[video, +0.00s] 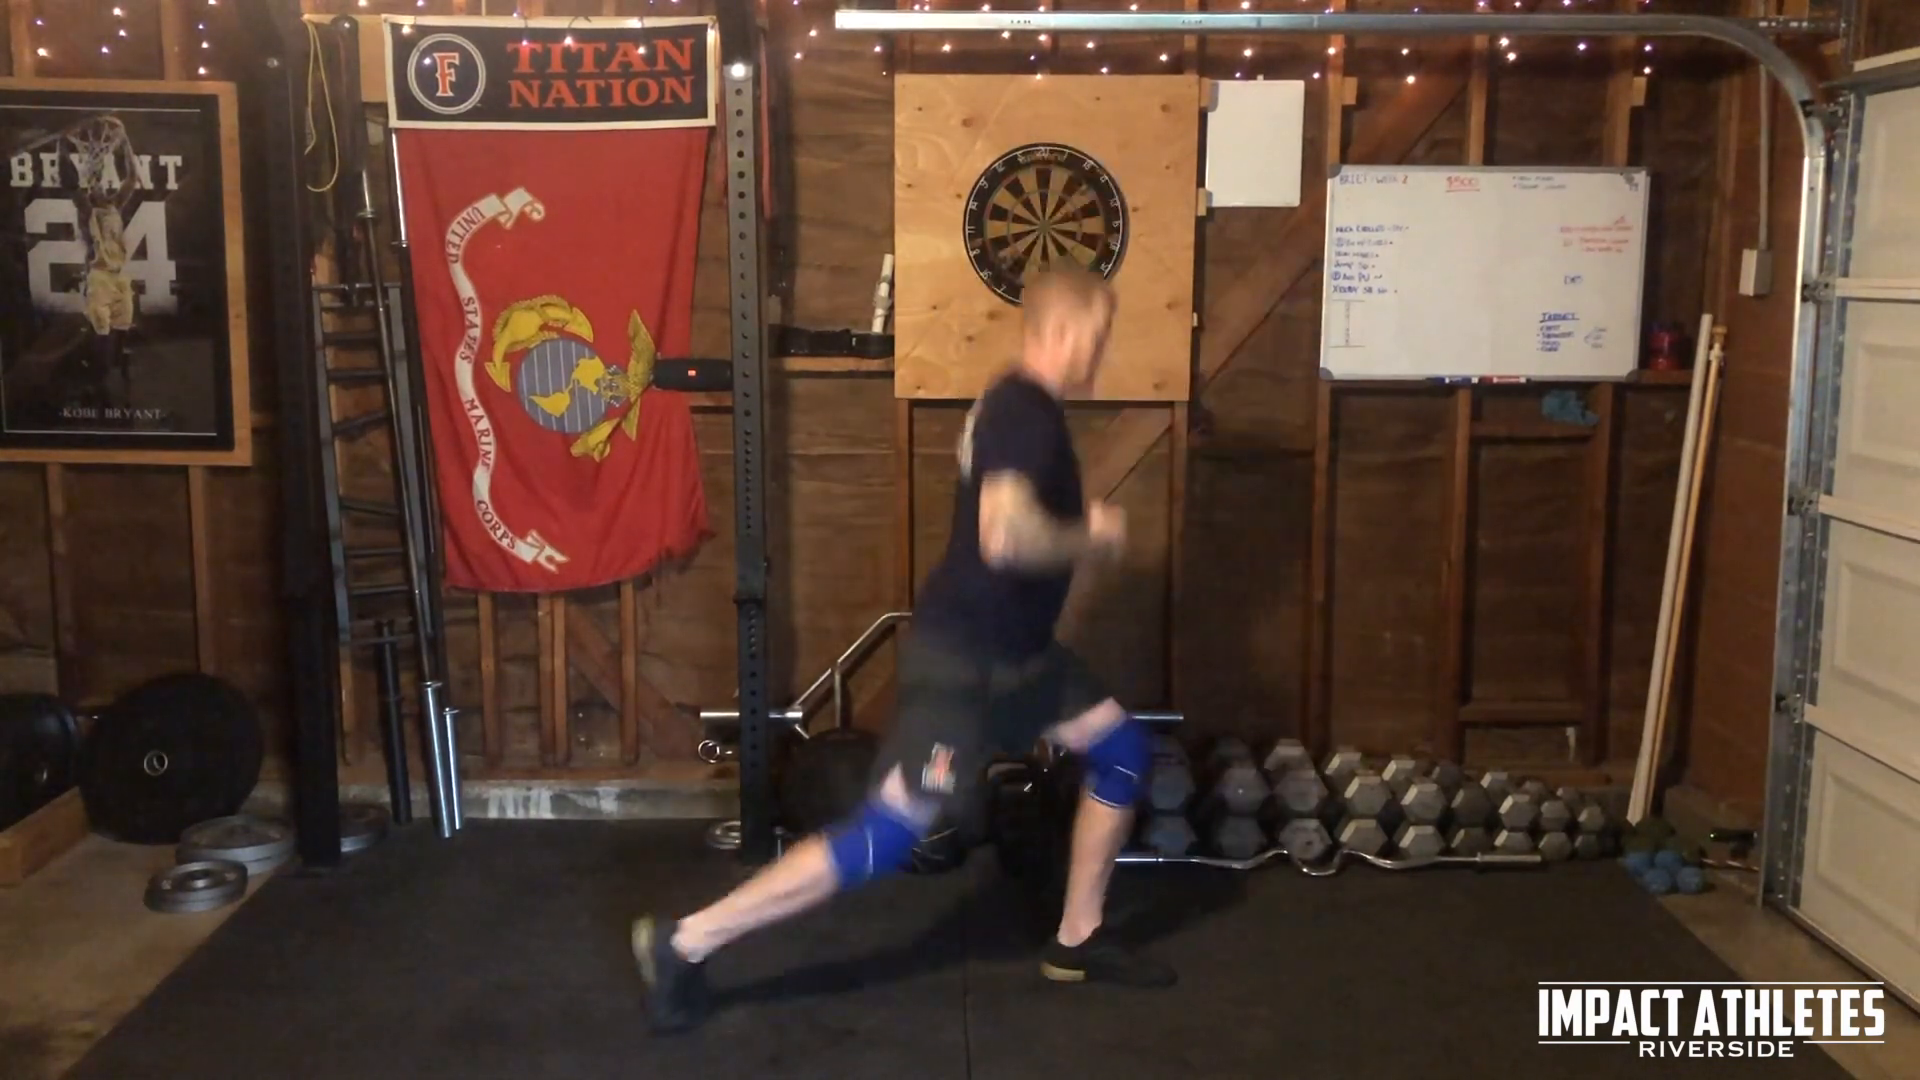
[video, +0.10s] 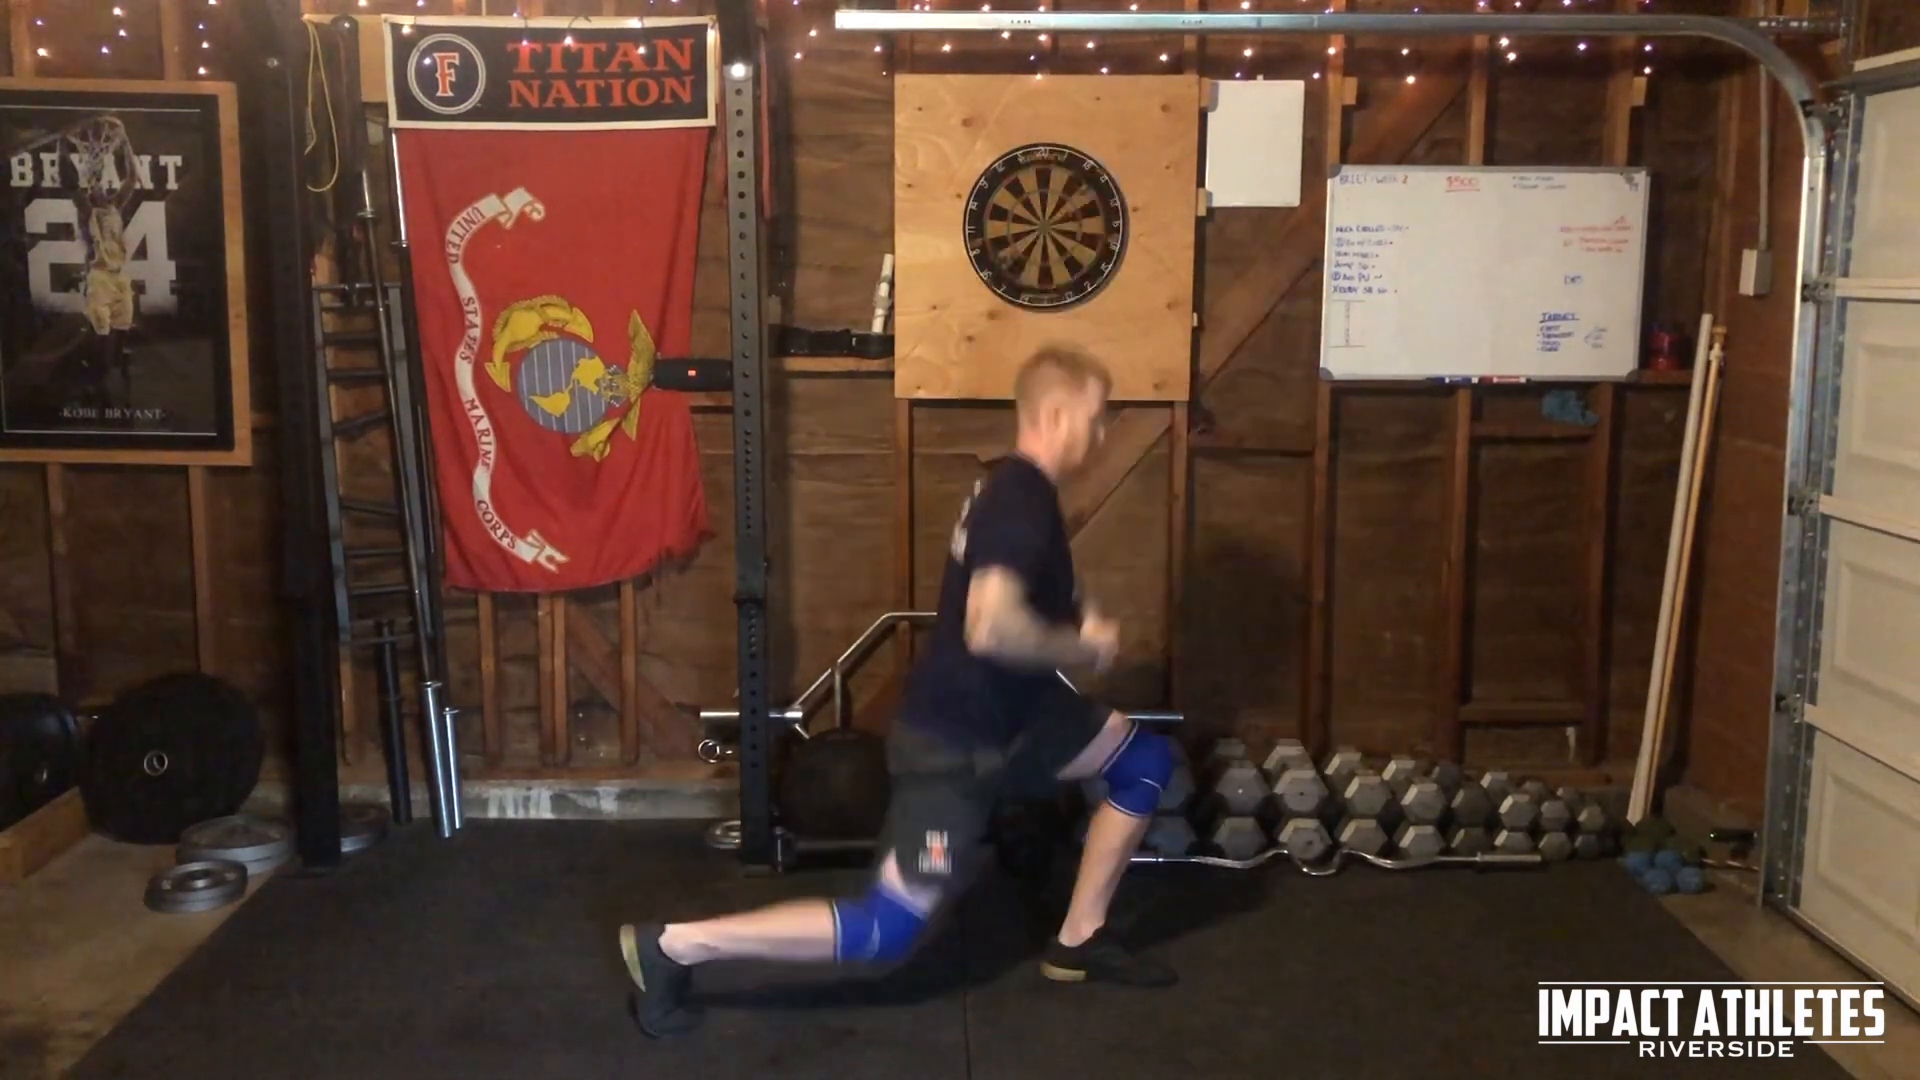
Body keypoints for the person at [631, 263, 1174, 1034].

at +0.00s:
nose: (1102, 349)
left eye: (1104, 334)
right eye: (1096, 333)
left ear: (1054, 329)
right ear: (1057, 330)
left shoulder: (1035, 409)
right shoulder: (1020, 409)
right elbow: (1005, 537)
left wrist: (1081, 539)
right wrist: (1090, 535)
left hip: (1020, 655)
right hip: (959, 657)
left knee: (1122, 751)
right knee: (890, 831)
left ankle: (1079, 937)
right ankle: (682, 942)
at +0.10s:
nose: (1102, 431)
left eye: (1103, 416)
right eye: (1096, 414)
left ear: (1046, 416)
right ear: (1052, 417)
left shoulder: (1018, 489)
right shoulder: (1019, 495)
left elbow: (1011, 607)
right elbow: (990, 626)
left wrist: (1076, 632)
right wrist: (1079, 646)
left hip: (1019, 711)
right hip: (953, 731)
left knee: (1146, 766)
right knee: (887, 929)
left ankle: (1079, 939)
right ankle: (669, 946)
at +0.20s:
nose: (1095, 480)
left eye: (1095, 465)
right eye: (1090, 465)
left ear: (1040, 463)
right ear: (1049, 464)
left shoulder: (1016, 534)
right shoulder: (1013, 547)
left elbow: (1010, 643)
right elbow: (972, 679)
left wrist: (1063, 665)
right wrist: (1068, 700)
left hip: (1011, 757)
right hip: (953, 782)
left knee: (1152, 768)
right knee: (899, 982)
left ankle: (1080, 942)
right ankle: (687, 948)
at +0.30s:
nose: (1090, 495)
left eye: (1089, 481)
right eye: (1084, 480)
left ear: (1034, 482)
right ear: (1043, 481)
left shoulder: (1019, 554)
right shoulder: (1006, 564)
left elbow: (996, 674)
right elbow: (965, 698)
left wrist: (1058, 692)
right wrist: (1065, 720)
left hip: (1009, 768)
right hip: (948, 797)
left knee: (1148, 766)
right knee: (897, 995)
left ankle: (1079, 941)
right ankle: (687, 949)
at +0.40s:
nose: (1082, 473)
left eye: (1082, 459)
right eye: (1076, 458)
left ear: (1027, 459)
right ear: (1034, 459)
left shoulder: (1017, 534)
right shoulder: (1004, 540)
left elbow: (984, 658)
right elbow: (969, 672)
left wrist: (1058, 672)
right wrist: (1069, 677)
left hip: (1008, 754)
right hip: (947, 778)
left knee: (1144, 762)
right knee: (887, 972)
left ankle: (1079, 940)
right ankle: (675, 945)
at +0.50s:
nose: (1079, 411)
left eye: (1078, 395)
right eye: (1072, 395)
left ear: (1021, 399)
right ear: (1027, 399)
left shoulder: (1024, 475)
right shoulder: (1003, 481)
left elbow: (962, 542)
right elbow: (984, 598)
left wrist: (1060, 565)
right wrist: (1073, 588)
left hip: (1015, 698)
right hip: (947, 717)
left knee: (1136, 756)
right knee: (882, 902)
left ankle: (1080, 934)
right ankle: (663, 944)